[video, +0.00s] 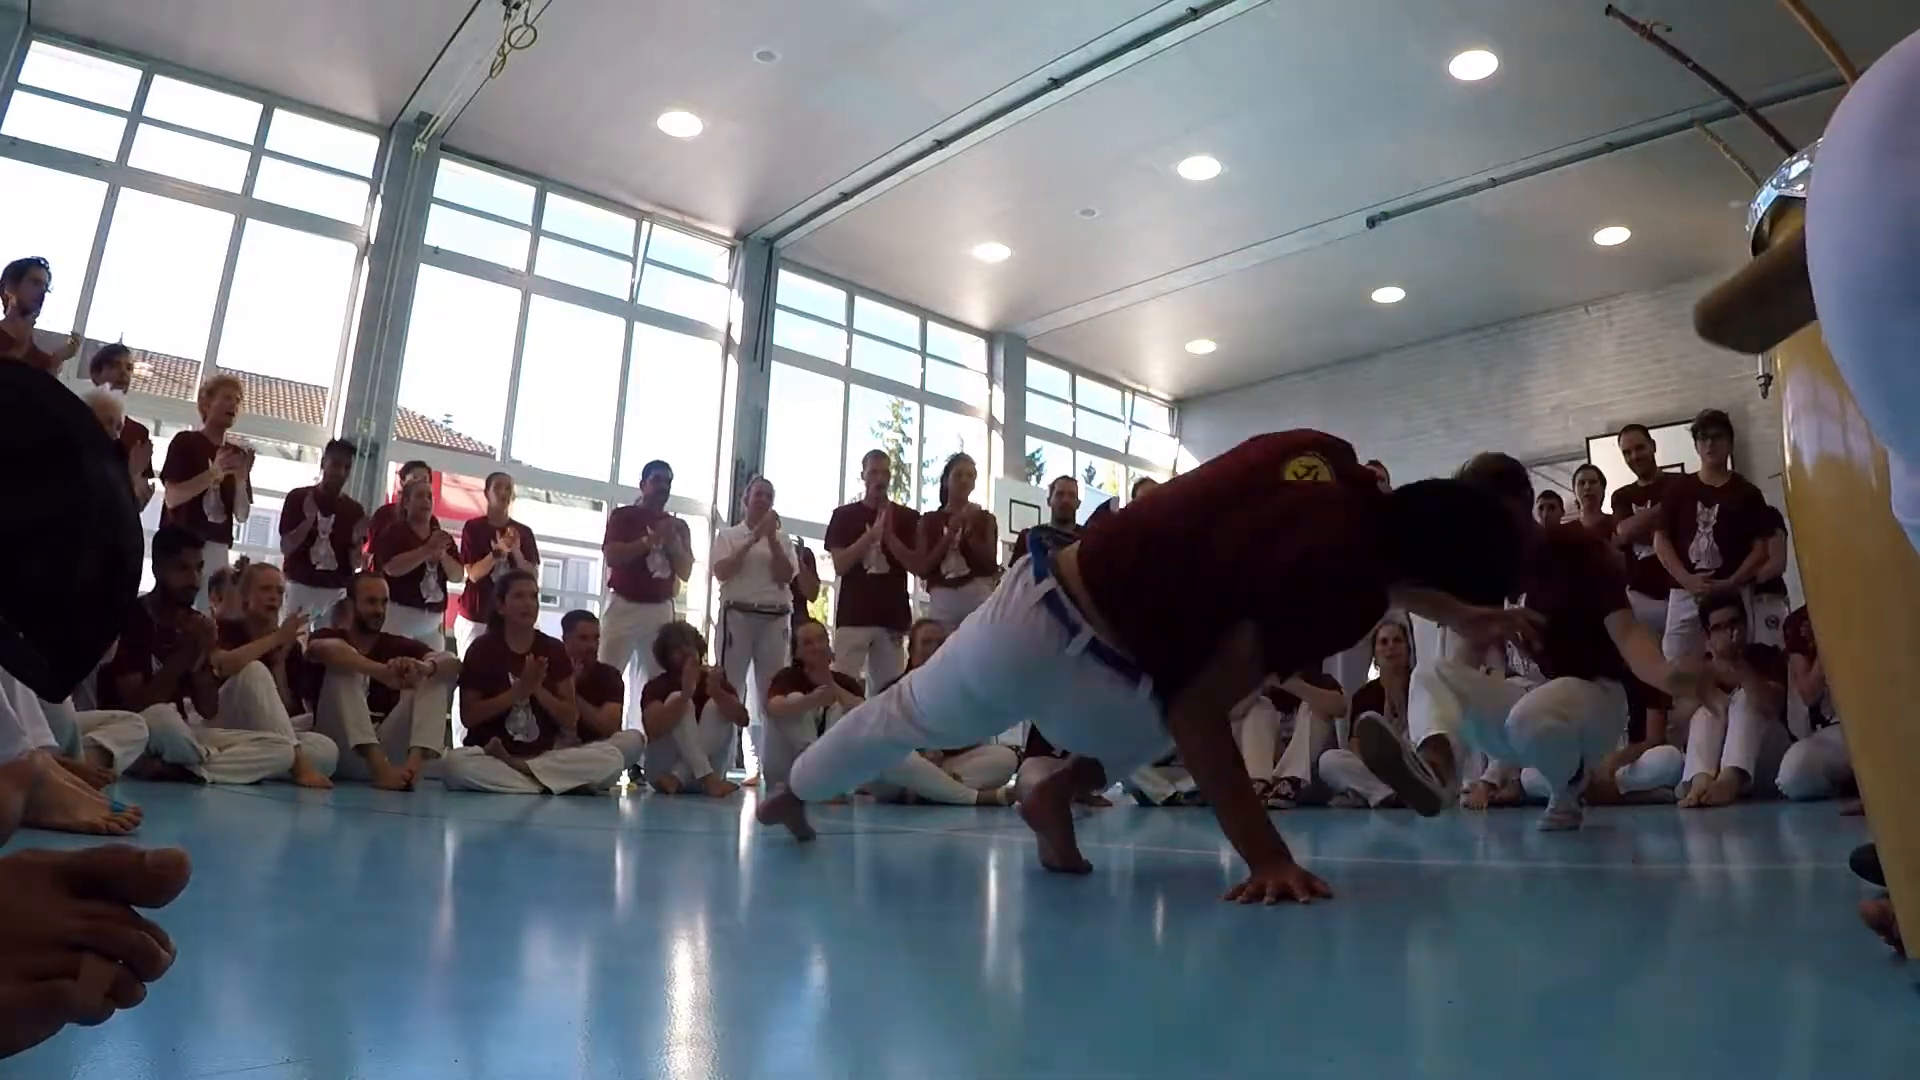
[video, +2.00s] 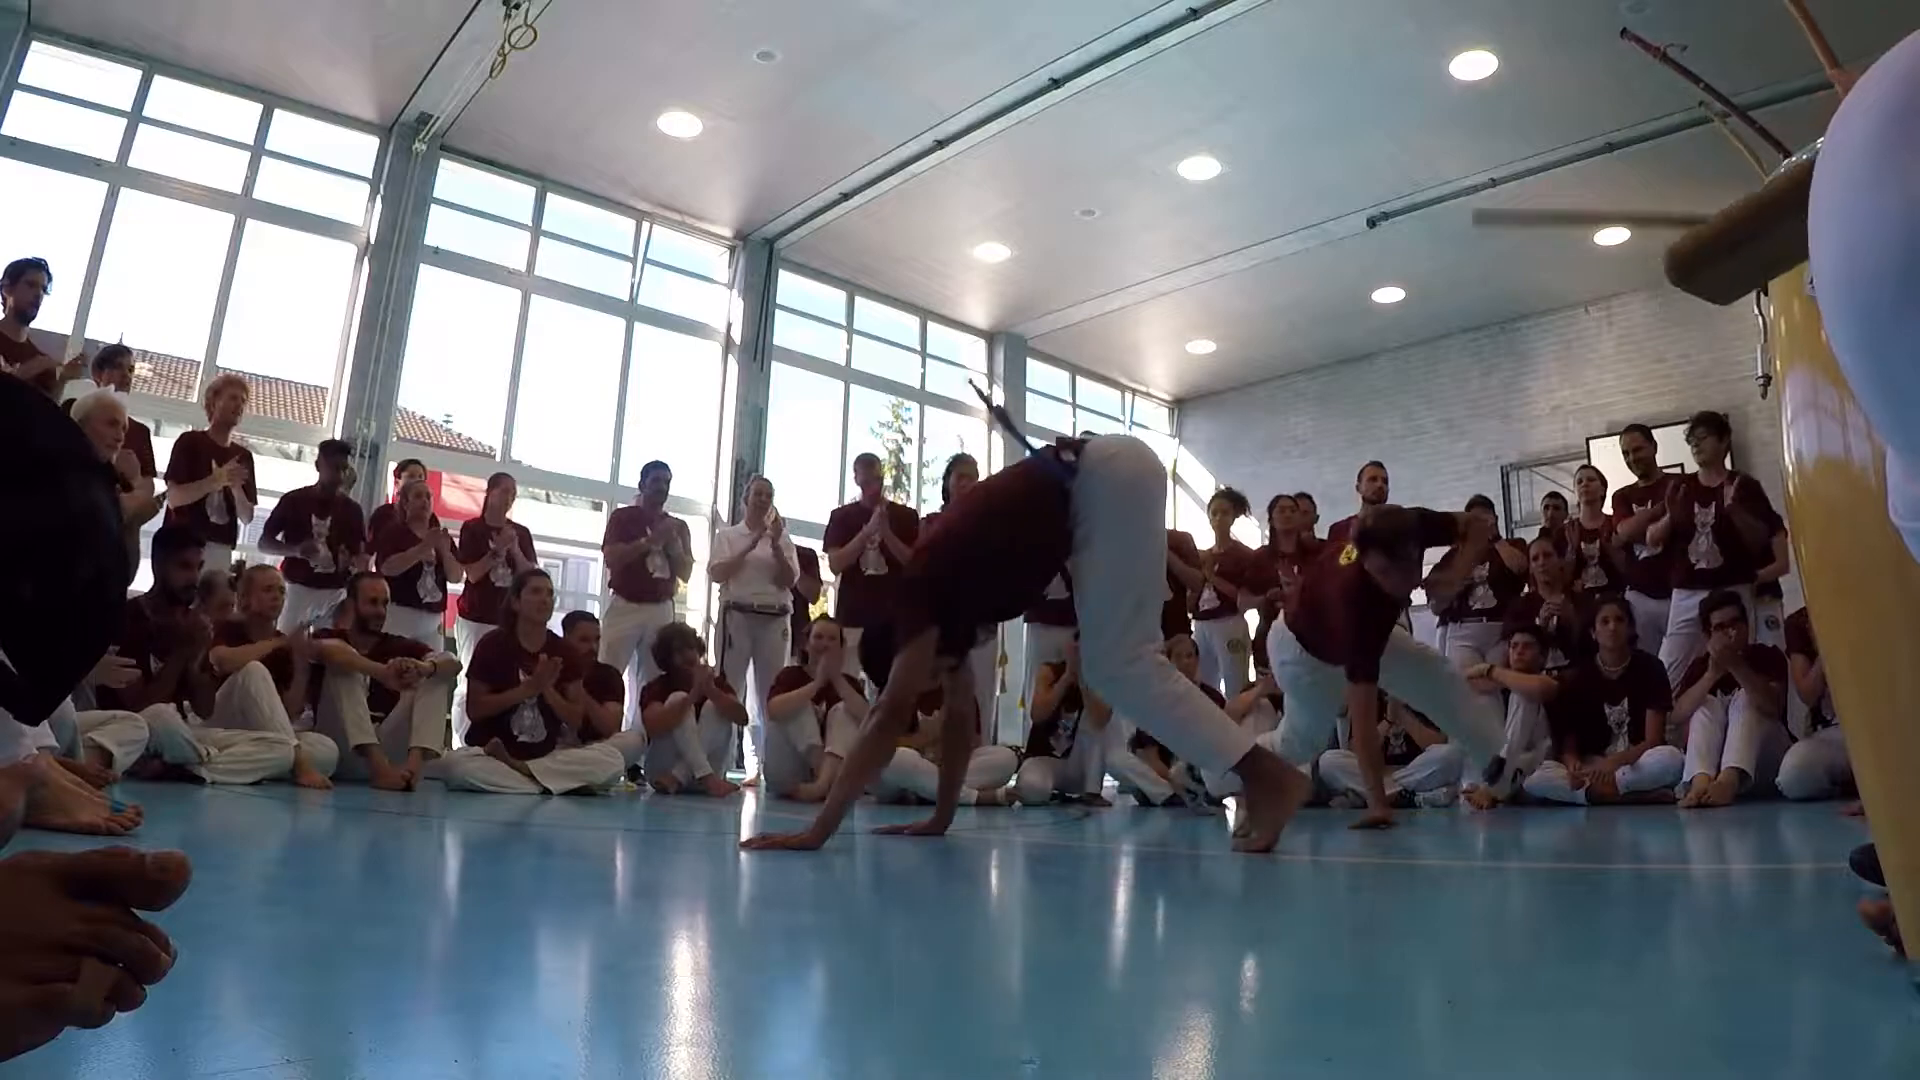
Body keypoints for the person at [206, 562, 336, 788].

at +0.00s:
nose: (274, 597)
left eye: (279, 591)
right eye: (266, 589)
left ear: (284, 597)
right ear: (246, 595)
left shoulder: (291, 646)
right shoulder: (224, 630)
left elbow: (293, 711)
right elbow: (222, 666)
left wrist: (279, 664)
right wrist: (278, 637)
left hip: (273, 733)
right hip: (224, 726)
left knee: (326, 752)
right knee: (253, 671)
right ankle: (298, 762)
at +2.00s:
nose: (276, 597)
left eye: (280, 591)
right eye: (268, 590)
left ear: (285, 597)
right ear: (244, 599)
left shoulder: (286, 645)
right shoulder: (226, 629)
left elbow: (291, 711)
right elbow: (222, 662)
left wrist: (301, 660)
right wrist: (281, 642)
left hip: (268, 733)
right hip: (222, 725)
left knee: (327, 751)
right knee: (253, 671)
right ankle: (298, 761)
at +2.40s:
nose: (291, 599)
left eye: (294, 594)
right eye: (283, 591)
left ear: (297, 600)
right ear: (257, 599)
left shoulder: (295, 650)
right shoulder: (234, 629)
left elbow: (302, 720)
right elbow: (236, 659)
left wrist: (314, 675)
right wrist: (302, 658)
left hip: (270, 734)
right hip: (224, 726)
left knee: (327, 752)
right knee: (253, 674)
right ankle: (299, 762)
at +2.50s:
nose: (295, 601)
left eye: (298, 596)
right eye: (287, 594)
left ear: (301, 601)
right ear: (262, 600)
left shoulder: (298, 654)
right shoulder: (233, 631)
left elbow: (301, 724)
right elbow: (239, 665)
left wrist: (322, 694)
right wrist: (305, 658)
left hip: (269, 736)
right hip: (222, 727)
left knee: (326, 753)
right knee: (253, 678)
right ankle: (298, 762)